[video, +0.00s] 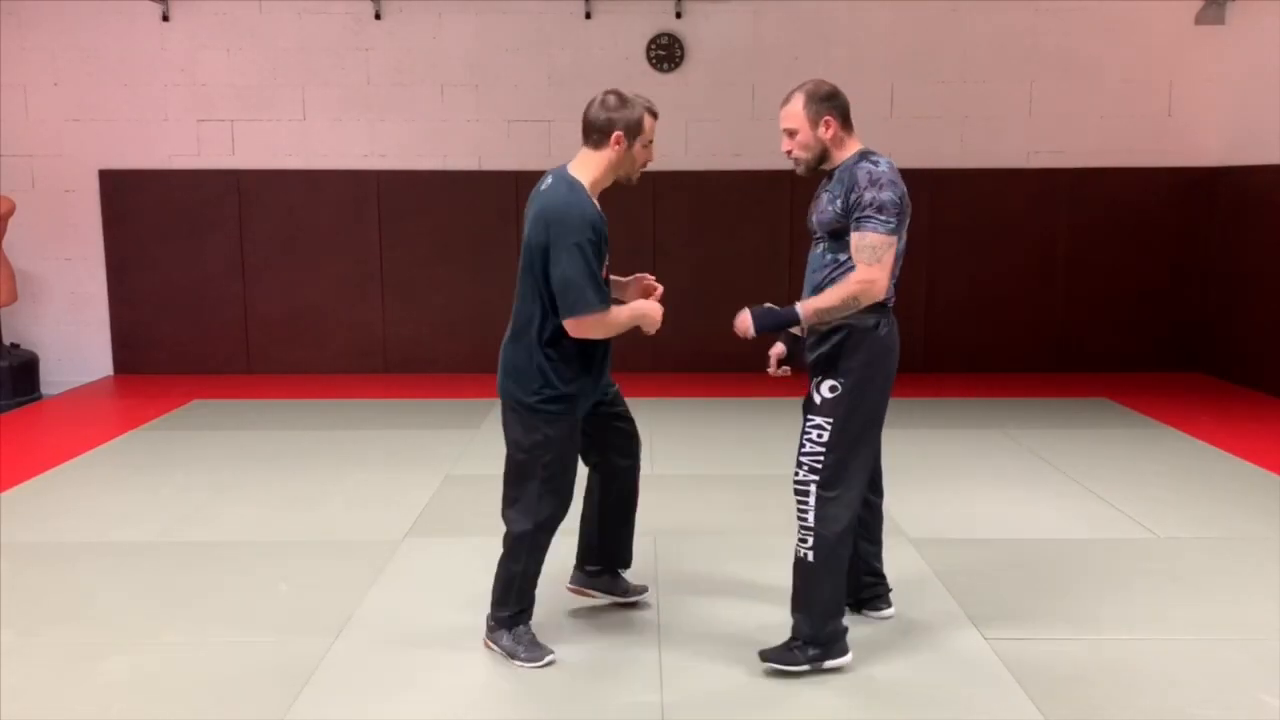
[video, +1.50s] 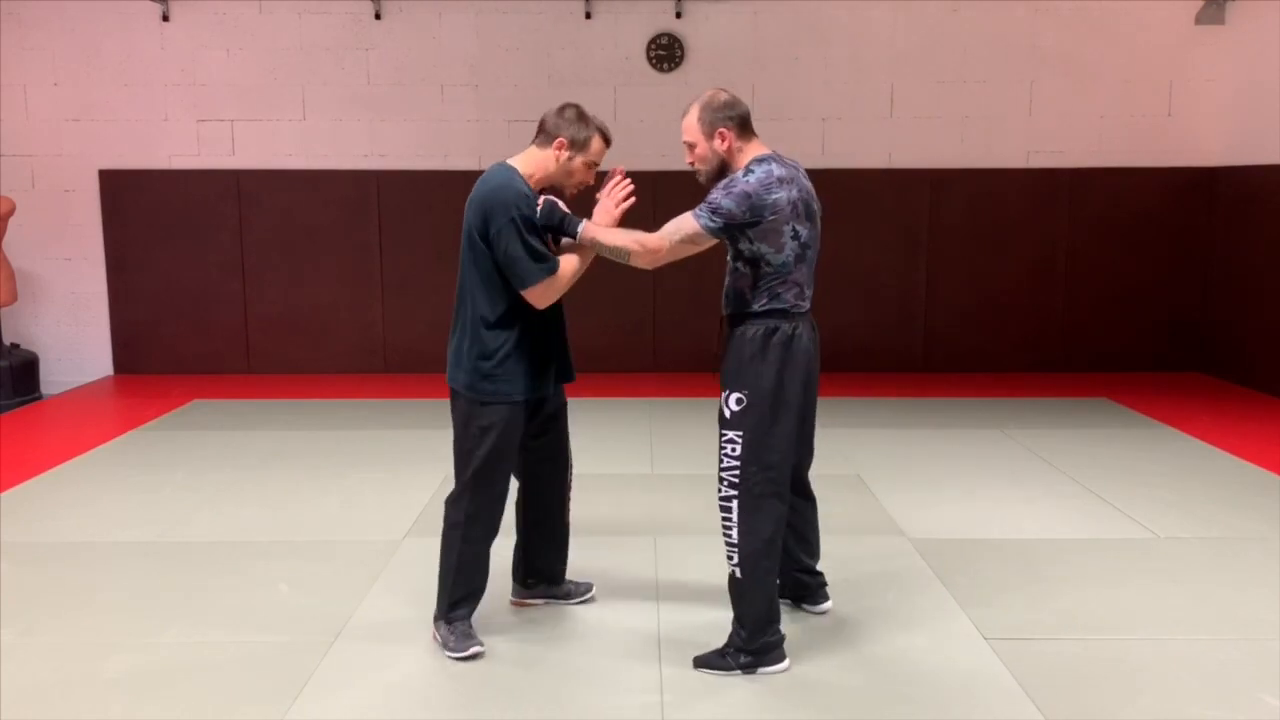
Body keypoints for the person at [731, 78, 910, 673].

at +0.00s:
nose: (785, 145)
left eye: (793, 133)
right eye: (783, 134)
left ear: (828, 127)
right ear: (826, 128)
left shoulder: (871, 179)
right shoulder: (837, 181)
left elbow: (872, 281)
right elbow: (835, 278)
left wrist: (781, 318)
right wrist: (797, 336)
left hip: (858, 346)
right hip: (839, 344)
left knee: (819, 484)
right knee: (852, 473)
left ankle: (819, 639)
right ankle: (865, 587)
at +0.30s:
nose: (760, 146)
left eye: (765, 133)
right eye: (758, 134)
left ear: (800, 128)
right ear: (804, 127)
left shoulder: (829, 183)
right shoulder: (841, 172)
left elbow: (762, 269)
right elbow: (828, 270)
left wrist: (679, 253)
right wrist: (783, 328)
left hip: (822, 343)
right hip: (833, 338)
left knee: (802, 493)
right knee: (829, 475)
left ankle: (807, 643)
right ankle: (857, 580)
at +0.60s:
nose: (727, 151)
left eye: (730, 139)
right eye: (725, 139)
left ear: (761, 130)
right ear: (778, 129)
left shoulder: (772, 184)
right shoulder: (841, 177)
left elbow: (672, 246)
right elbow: (850, 277)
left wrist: (590, 241)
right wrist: (822, 330)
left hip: (796, 345)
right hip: (833, 338)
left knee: (787, 489)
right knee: (814, 476)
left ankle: (808, 644)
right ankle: (814, 577)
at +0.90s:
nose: (712, 155)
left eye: (719, 143)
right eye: (711, 143)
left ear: (752, 136)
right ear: (760, 137)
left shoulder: (776, 187)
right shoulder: (808, 178)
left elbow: (672, 245)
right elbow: (692, 242)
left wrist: (594, 221)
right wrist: (609, 229)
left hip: (791, 340)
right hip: (810, 337)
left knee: (755, 480)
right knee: (791, 478)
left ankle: (795, 632)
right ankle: (801, 601)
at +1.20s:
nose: (698, 156)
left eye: (702, 144)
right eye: (696, 145)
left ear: (735, 138)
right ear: (745, 137)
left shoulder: (756, 190)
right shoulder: (798, 178)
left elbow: (663, 248)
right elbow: (790, 272)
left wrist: (588, 230)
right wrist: (746, 320)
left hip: (772, 344)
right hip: (798, 340)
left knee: (751, 488)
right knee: (786, 470)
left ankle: (755, 641)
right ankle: (798, 580)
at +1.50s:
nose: (690, 157)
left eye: (693, 145)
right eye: (687, 146)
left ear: (725, 136)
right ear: (737, 134)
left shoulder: (751, 189)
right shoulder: (790, 178)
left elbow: (653, 248)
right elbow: (681, 245)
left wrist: (570, 226)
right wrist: (594, 237)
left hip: (763, 346)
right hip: (794, 342)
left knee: (747, 490)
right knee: (787, 475)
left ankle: (756, 640)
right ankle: (803, 582)